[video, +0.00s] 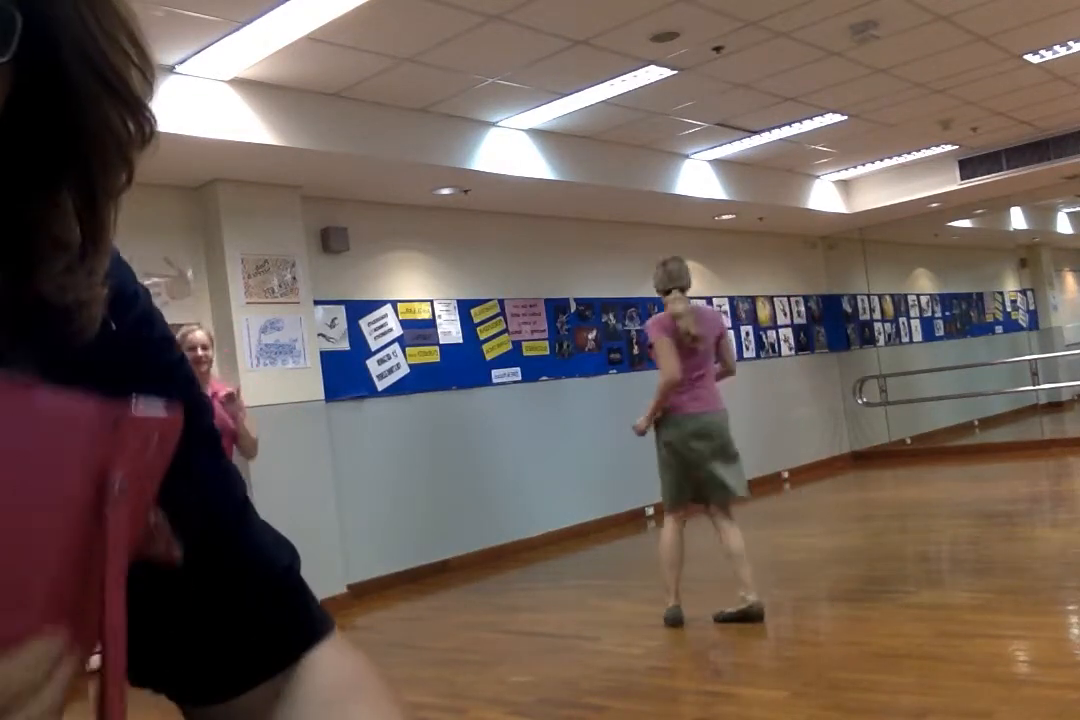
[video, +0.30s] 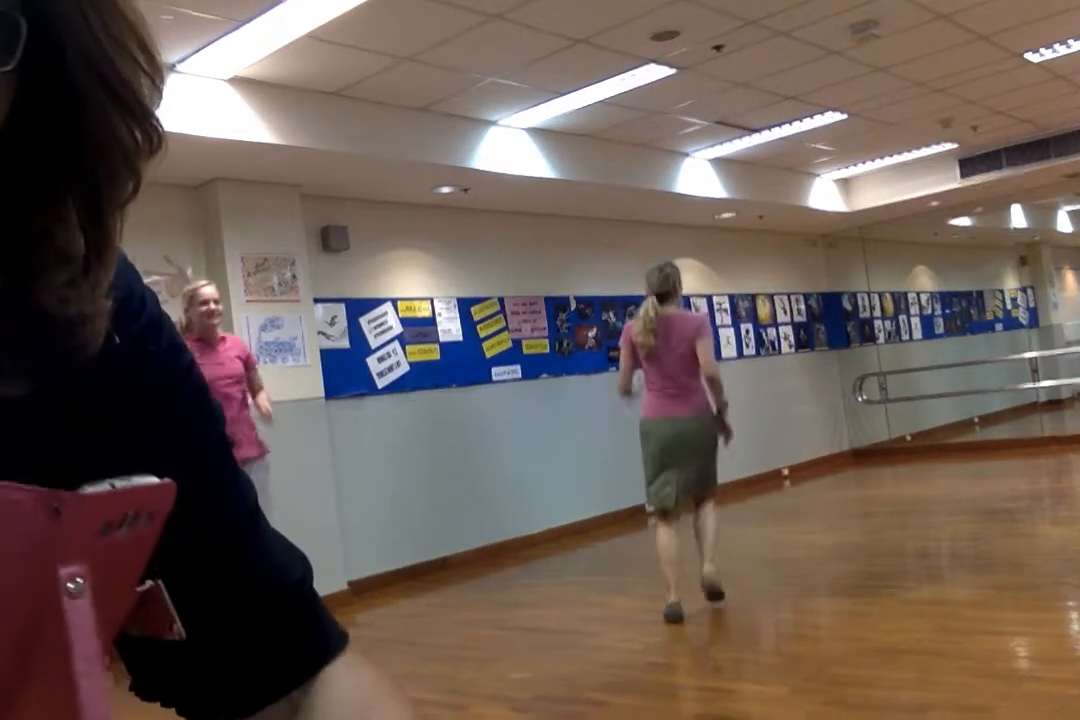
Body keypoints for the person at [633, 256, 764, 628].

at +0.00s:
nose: (662, 292)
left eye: (659, 287)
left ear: (658, 287)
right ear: (688, 282)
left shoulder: (658, 323)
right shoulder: (713, 317)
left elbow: (672, 374)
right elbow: (727, 368)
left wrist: (650, 414)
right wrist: (696, 379)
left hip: (677, 420)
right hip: (713, 417)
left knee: (673, 515)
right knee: (722, 511)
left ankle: (673, 604)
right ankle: (750, 597)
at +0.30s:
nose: (680, 290)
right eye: (680, 285)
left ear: (649, 291)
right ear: (678, 288)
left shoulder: (633, 327)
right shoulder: (696, 322)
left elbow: (624, 385)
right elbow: (709, 372)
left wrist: (631, 387)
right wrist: (721, 410)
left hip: (656, 425)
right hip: (696, 422)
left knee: (664, 515)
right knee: (705, 499)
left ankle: (673, 598)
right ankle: (709, 567)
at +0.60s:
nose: (693, 288)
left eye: (691, 282)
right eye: (690, 283)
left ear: (660, 288)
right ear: (678, 285)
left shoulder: (647, 323)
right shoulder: (685, 319)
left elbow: (646, 381)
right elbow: (690, 371)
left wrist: (682, 381)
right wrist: (728, 390)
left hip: (665, 417)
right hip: (698, 414)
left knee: (681, 504)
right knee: (715, 499)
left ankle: (670, 574)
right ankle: (705, 583)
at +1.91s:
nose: (710, 299)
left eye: (711, 293)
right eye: (704, 293)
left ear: (702, 299)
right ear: (686, 298)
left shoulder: (695, 332)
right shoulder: (679, 331)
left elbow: (700, 383)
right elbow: (675, 382)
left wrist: (730, 392)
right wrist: (712, 403)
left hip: (701, 418)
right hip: (686, 420)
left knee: (714, 495)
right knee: (698, 497)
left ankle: (706, 570)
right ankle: (697, 576)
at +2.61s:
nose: (732, 294)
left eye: (732, 289)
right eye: (726, 288)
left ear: (722, 295)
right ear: (706, 293)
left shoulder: (722, 328)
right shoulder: (690, 327)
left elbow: (715, 374)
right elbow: (688, 373)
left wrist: (725, 411)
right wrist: (718, 365)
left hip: (724, 416)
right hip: (698, 419)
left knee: (755, 485)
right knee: (708, 494)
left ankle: (751, 565)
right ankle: (705, 570)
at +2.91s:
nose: (758, 289)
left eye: (758, 284)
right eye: (752, 284)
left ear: (746, 291)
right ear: (732, 290)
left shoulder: (747, 325)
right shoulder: (725, 321)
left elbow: (748, 372)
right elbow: (733, 366)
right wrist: (764, 390)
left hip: (759, 413)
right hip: (736, 415)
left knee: (783, 488)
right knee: (754, 496)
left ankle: (779, 567)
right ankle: (719, 552)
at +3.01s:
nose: (768, 290)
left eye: (767, 285)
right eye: (761, 284)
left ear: (748, 293)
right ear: (742, 291)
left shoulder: (751, 326)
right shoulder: (737, 325)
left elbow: (757, 377)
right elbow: (742, 376)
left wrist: (770, 413)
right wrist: (757, 417)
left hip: (761, 413)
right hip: (747, 415)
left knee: (786, 487)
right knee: (798, 476)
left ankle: (779, 565)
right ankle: (751, 539)